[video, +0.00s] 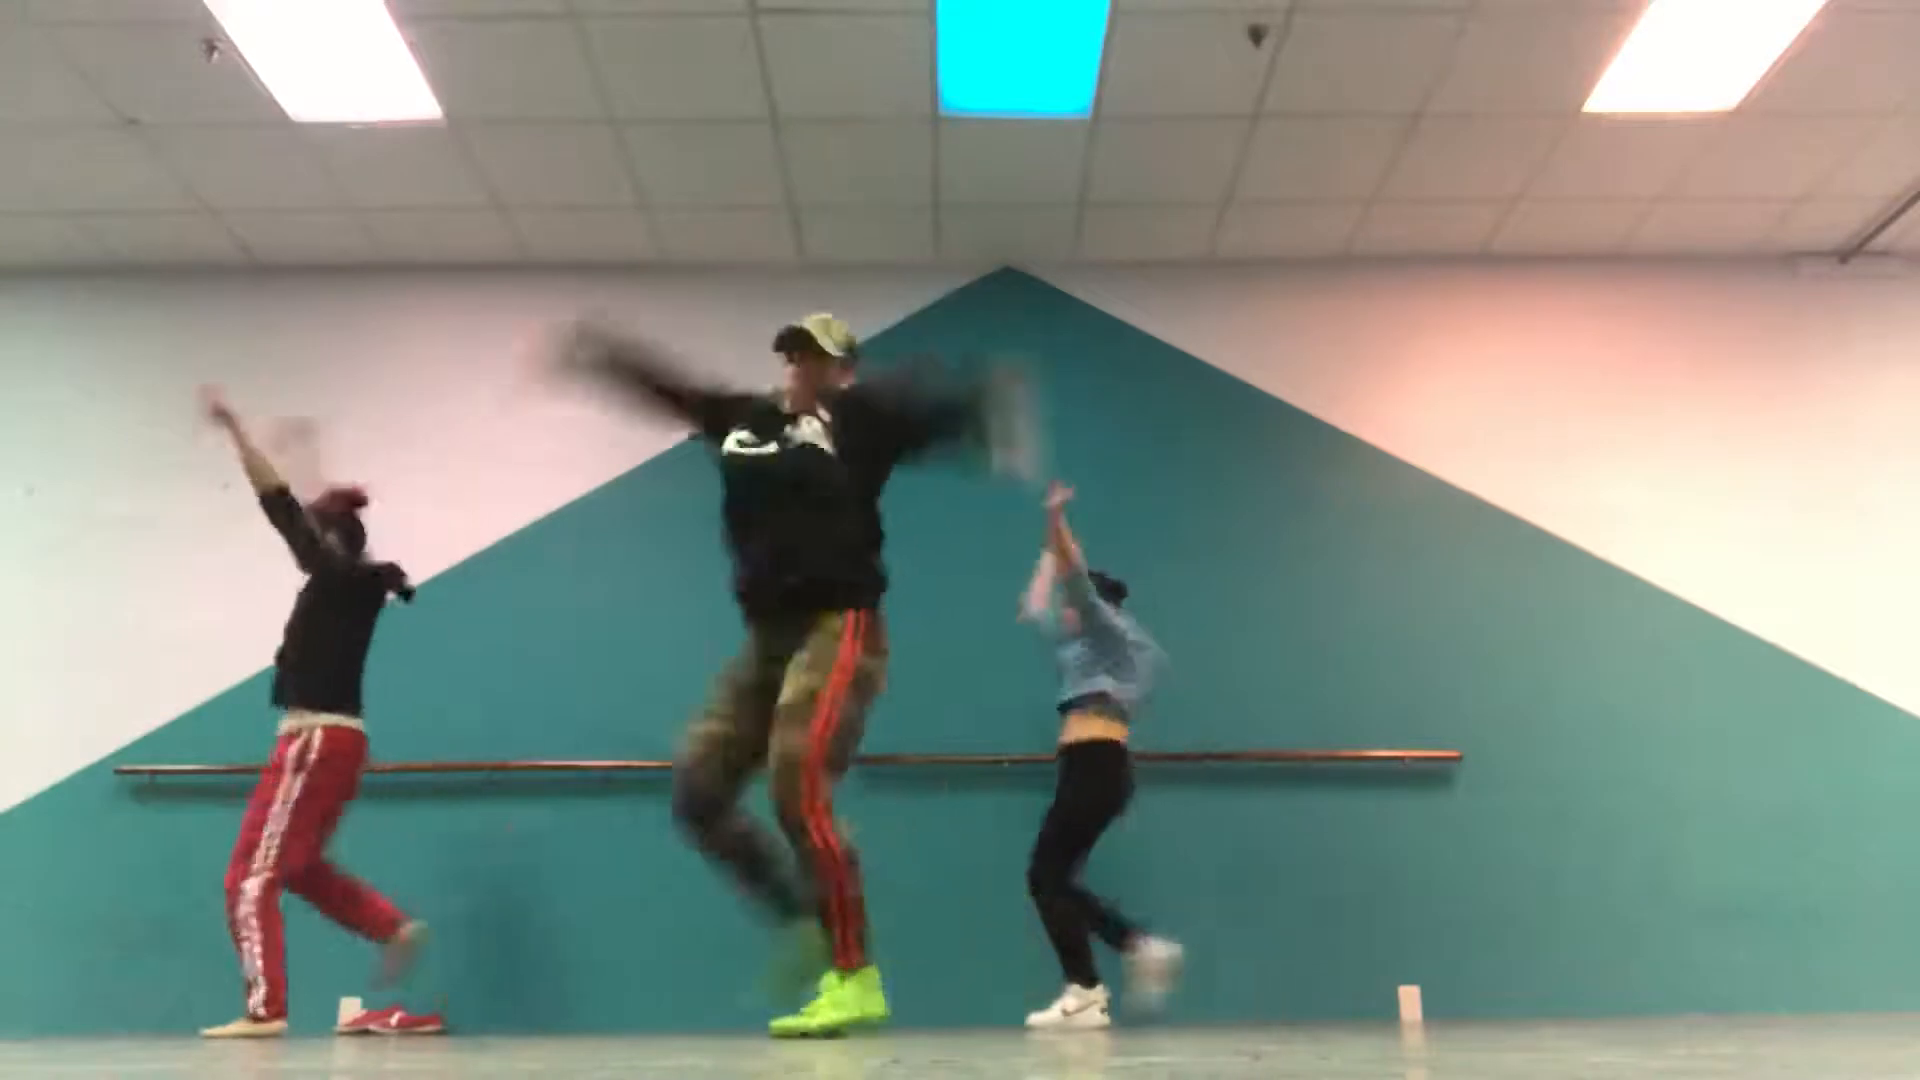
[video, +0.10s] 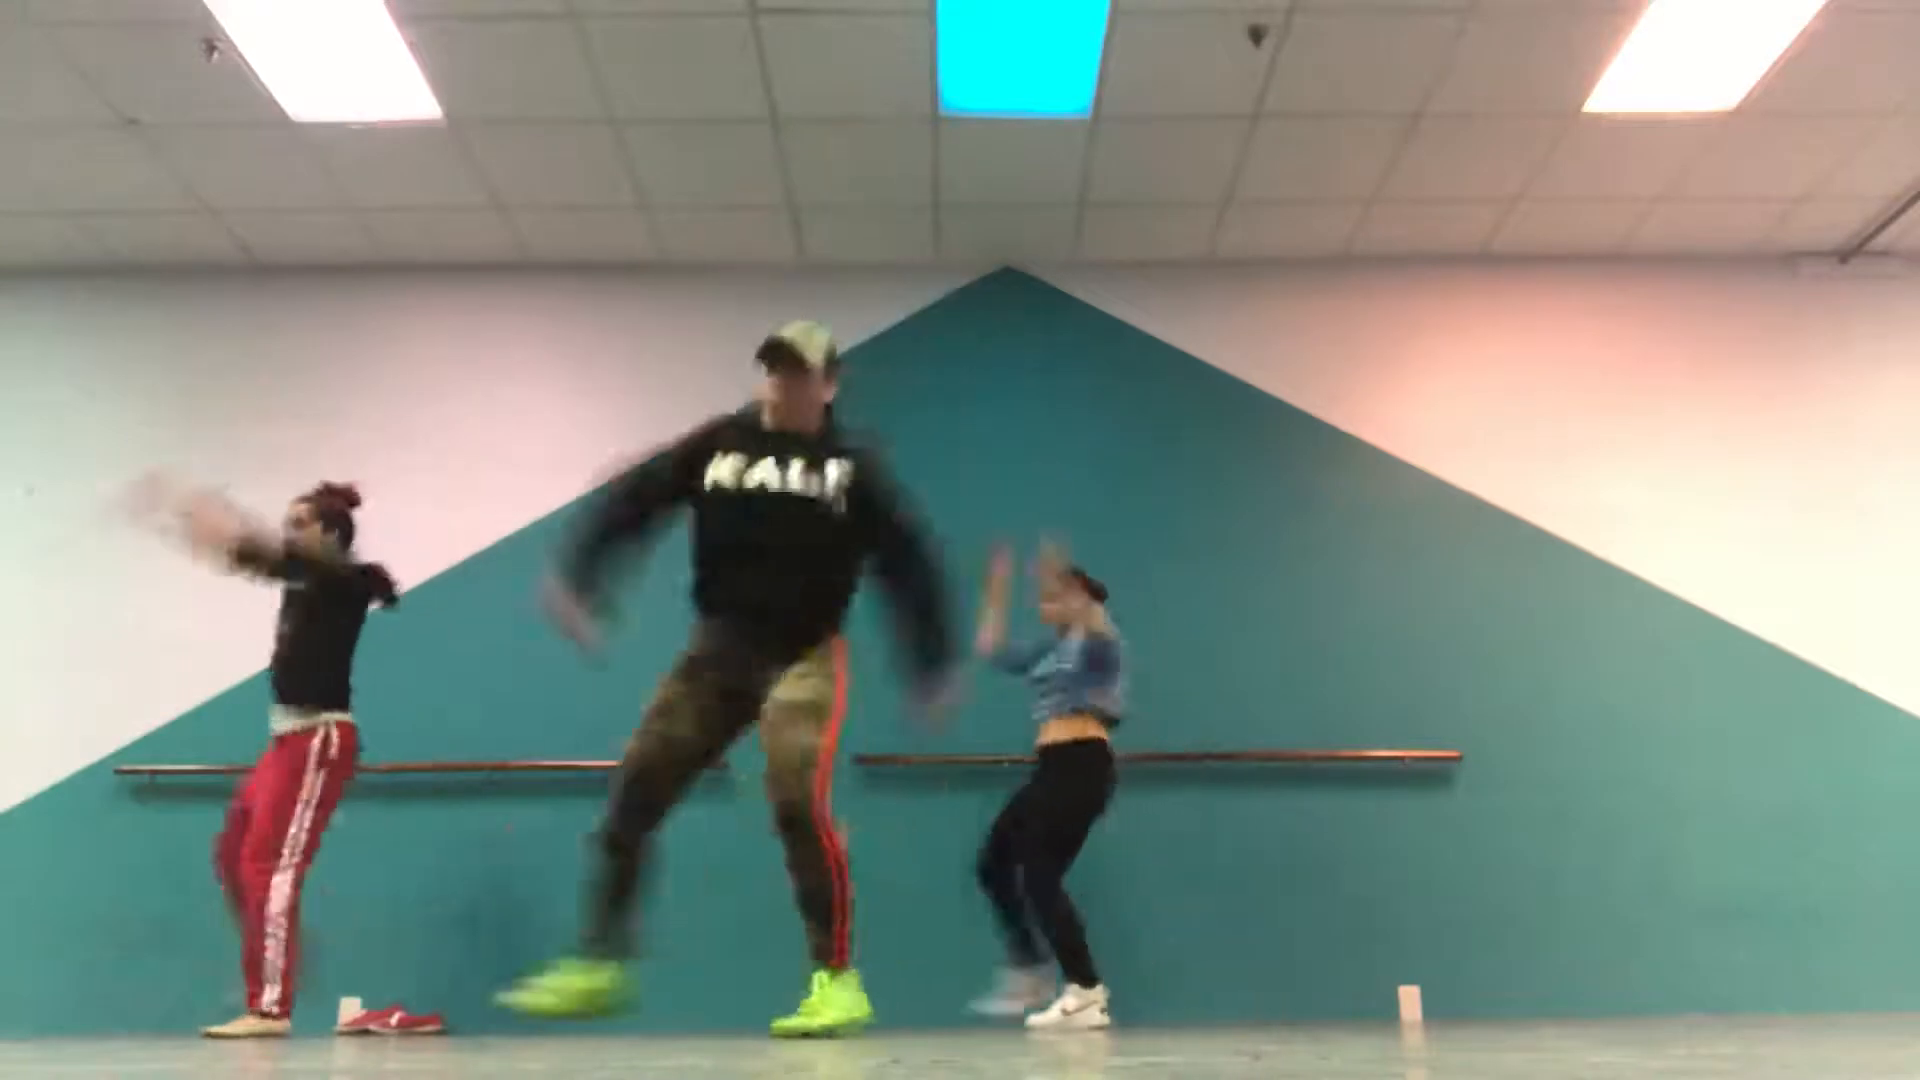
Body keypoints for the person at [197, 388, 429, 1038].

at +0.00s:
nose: (306, 537)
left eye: (315, 528)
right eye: (309, 528)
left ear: (330, 533)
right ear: (355, 533)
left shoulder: (339, 575)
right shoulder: (350, 579)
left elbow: (281, 507)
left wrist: (233, 428)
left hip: (314, 742)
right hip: (334, 742)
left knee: (251, 878)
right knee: (298, 866)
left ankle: (264, 1011)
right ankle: (394, 929)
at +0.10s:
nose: (290, 533)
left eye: (299, 524)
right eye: (290, 524)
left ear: (329, 529)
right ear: (305, 530)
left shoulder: (349, 579)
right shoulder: (302, 573)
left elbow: (299, 558)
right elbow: (249, 558)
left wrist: (229, 528)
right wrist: (190, 528)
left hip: (321, 740)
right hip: (288, 741)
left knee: (273, 865)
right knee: (236, 856)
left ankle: (271, 1009)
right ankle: (265, 999)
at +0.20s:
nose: (276, 552)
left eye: (287, 542)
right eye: (274, 541)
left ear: (319, 551)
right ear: (275, 547)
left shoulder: (331, 606)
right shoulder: (265, 603)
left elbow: (301, 652)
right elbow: (209, 629)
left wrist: (259, 685)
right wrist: (157, 645)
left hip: (310, 761)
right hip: (258, 760)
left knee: (249, 868)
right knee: (196, 866)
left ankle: (269, 1011)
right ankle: (148, 1001)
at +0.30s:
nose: (253, 579)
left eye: (266, 572)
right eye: (256, 569)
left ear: (297, 587)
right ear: (265, 580)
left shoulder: (314, 647)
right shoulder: (242, 637)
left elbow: (311, 729)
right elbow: (199, 713)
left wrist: (299, 800)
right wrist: (157, 774)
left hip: (278, 797)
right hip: (222, 792)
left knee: (224, 881)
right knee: (137, 883)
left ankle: (263, 1014)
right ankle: (132, 1015)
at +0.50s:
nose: (282, 536)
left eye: (294, 529)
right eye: (283, 527)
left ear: (325, 542)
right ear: (300, 539)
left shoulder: (334, 602)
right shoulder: (288, 600)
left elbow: (353, 685)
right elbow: (274, 699)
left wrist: (349, 763)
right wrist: (224, 739)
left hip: (299, 746)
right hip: (258, 745)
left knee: (243, 879)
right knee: (205, 874)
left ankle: (276, 1011)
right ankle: (145, 1003)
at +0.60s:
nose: (300, 534)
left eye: (312, 526)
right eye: (302, 525)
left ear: (346, 537)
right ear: (323, 537)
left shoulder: (354, 590)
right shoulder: (316, 596)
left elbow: (368, 667)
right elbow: (305, 674)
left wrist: (338, 728)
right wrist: (263, 718)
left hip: (303, 728)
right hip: (272, 729)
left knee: (279, 865)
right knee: (245, 860)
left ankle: (278, 1010)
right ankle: (231, 998)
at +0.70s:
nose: (320, 537)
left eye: (331, 528)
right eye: (321, 527)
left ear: (364, 537)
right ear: (360, 540)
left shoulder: (364, 582)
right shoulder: (356, 586)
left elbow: (373, 647)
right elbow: (364, 656)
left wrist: (305, 679)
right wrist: (299, 681)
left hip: (314, 725)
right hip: (319, 725)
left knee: (286, 866)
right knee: (287, 867)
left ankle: (278, 1010)